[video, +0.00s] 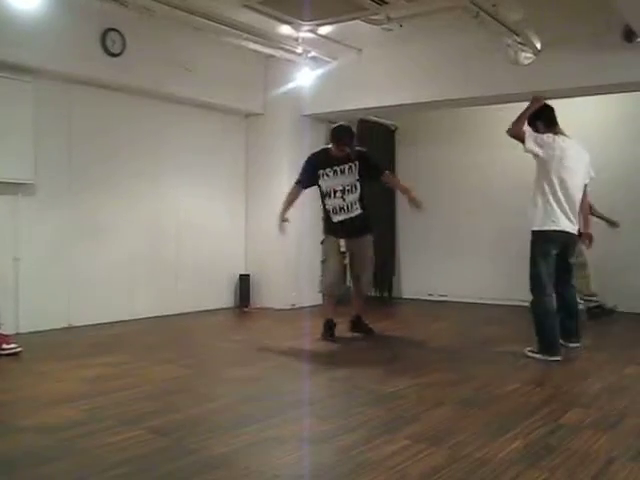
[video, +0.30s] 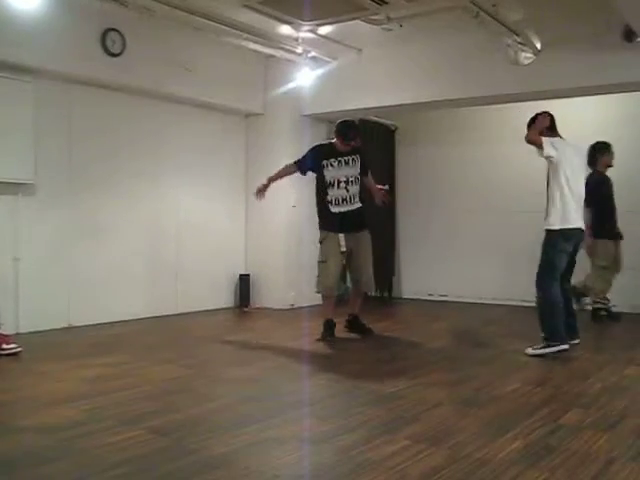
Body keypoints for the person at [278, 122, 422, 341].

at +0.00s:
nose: (345, 152)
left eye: (348, 148)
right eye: (341, 149)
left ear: (352, 144)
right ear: (332, 144)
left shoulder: (360, 158)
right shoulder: (316, 161)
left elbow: (385, 176)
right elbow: (299, 187)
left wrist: (408, 194)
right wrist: (284, 211)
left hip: (359, 227)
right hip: (332, 230)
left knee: (363, 276)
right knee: (331, 279)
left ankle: (357, 319)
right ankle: (329, 323)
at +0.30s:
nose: (350, 148)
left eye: (353, 145)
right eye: (347, 144)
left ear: (356, 141)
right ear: (337, 138)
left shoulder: (356, 153)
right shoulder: (319, 153)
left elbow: (365, 175)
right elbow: (293, 168)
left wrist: (375, 189)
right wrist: (268, 183)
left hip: (356, 223)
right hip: (331, 224)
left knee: (362, 273)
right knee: (330, 274)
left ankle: (354, 318)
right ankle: (328, 323)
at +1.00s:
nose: (360, 140)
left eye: (360, 137)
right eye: (356, 137)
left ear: (355, 137)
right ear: (345, 137)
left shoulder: (356, 155)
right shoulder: (335, 156)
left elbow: (362, 163)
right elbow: (357, 178)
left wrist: (336, 161)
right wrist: (378, 190)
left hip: (354, 223)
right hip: (334, 223)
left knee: (356, 274)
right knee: (333, 275)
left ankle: (349, 319)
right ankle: (326, 323)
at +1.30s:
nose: (341, 138)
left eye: (340, 135)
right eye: (337, 136)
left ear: (337, 137)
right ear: (327, 138)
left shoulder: (346, 155)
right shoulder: (316, 156)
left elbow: (369, 161)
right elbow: (338, 175)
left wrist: (394, 166)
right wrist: (371, 184)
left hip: (347, 222)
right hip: (324, 222)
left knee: (352, 272)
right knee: (325, 273)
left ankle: (347, 320)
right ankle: (308, 323)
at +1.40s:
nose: (335, 137)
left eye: (334, 133)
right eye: (331, 134)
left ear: (334, 135)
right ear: (320, 138)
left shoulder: (347, 155)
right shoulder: (308, 155)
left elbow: (373, 163)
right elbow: (316, 178)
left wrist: (400, 170)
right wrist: (343, 190)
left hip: (342, 225)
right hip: (317, 225)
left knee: (348, 274)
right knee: (318, 275)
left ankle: (346, 319)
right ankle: (308, 324)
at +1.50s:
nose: (333, 136)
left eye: (332, 133)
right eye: (329, 133)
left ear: (330, 135)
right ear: (318, 136)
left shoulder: (345, 157)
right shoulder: (302, 158)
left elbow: (373, 171)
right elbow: (296, 183)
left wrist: (398, 185)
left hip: (338, 225)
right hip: (311, 225)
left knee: (345, 274)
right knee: (311, 272)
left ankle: (346, 322)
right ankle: (307, 324)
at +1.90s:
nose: (326, 141)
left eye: (328, 137)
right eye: (323, 136)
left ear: (330, 136)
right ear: (312, 135)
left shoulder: (332, 154)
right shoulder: (294, 153)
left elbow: (336, 180)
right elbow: (270, 173)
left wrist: (352, 196)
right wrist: (241, 179)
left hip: (327, 224)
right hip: (300, 225)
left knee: (336, 277)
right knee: (298, 277)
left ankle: (332, 324)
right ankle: (300, 326)